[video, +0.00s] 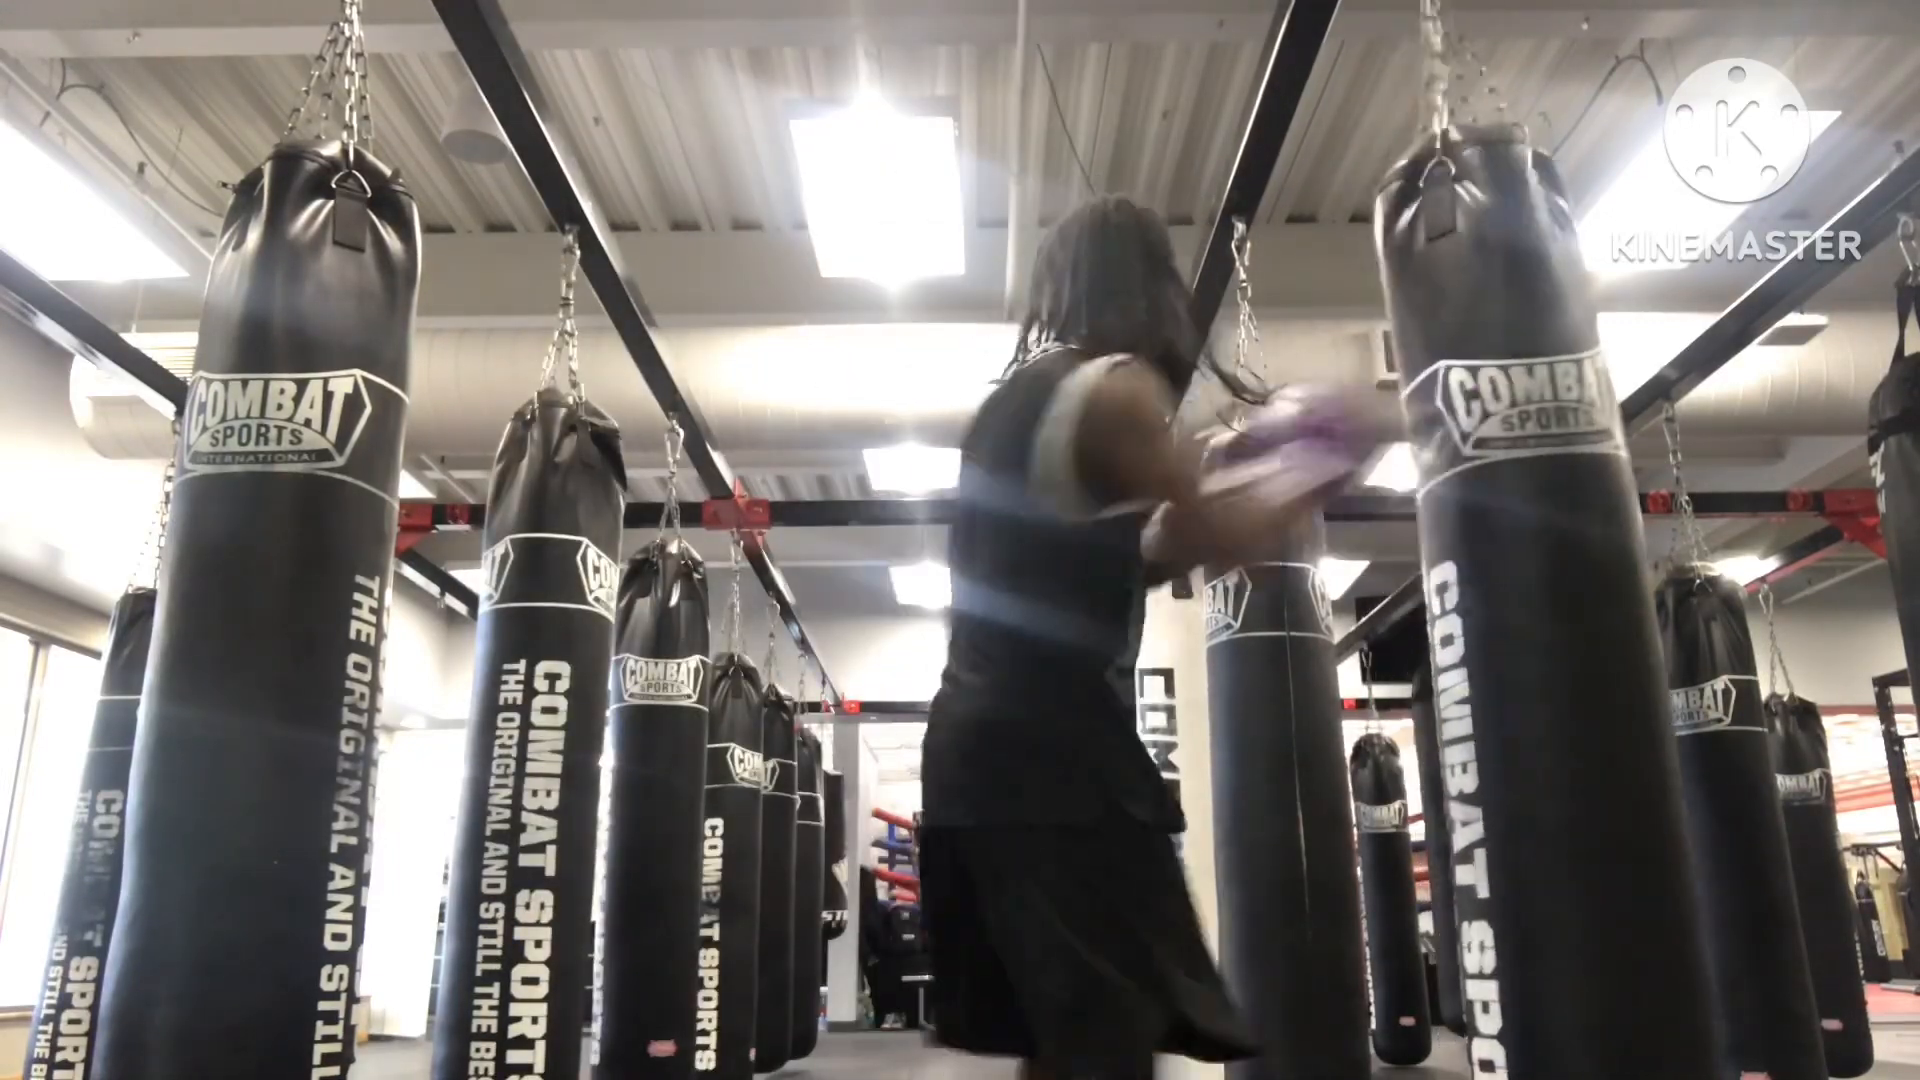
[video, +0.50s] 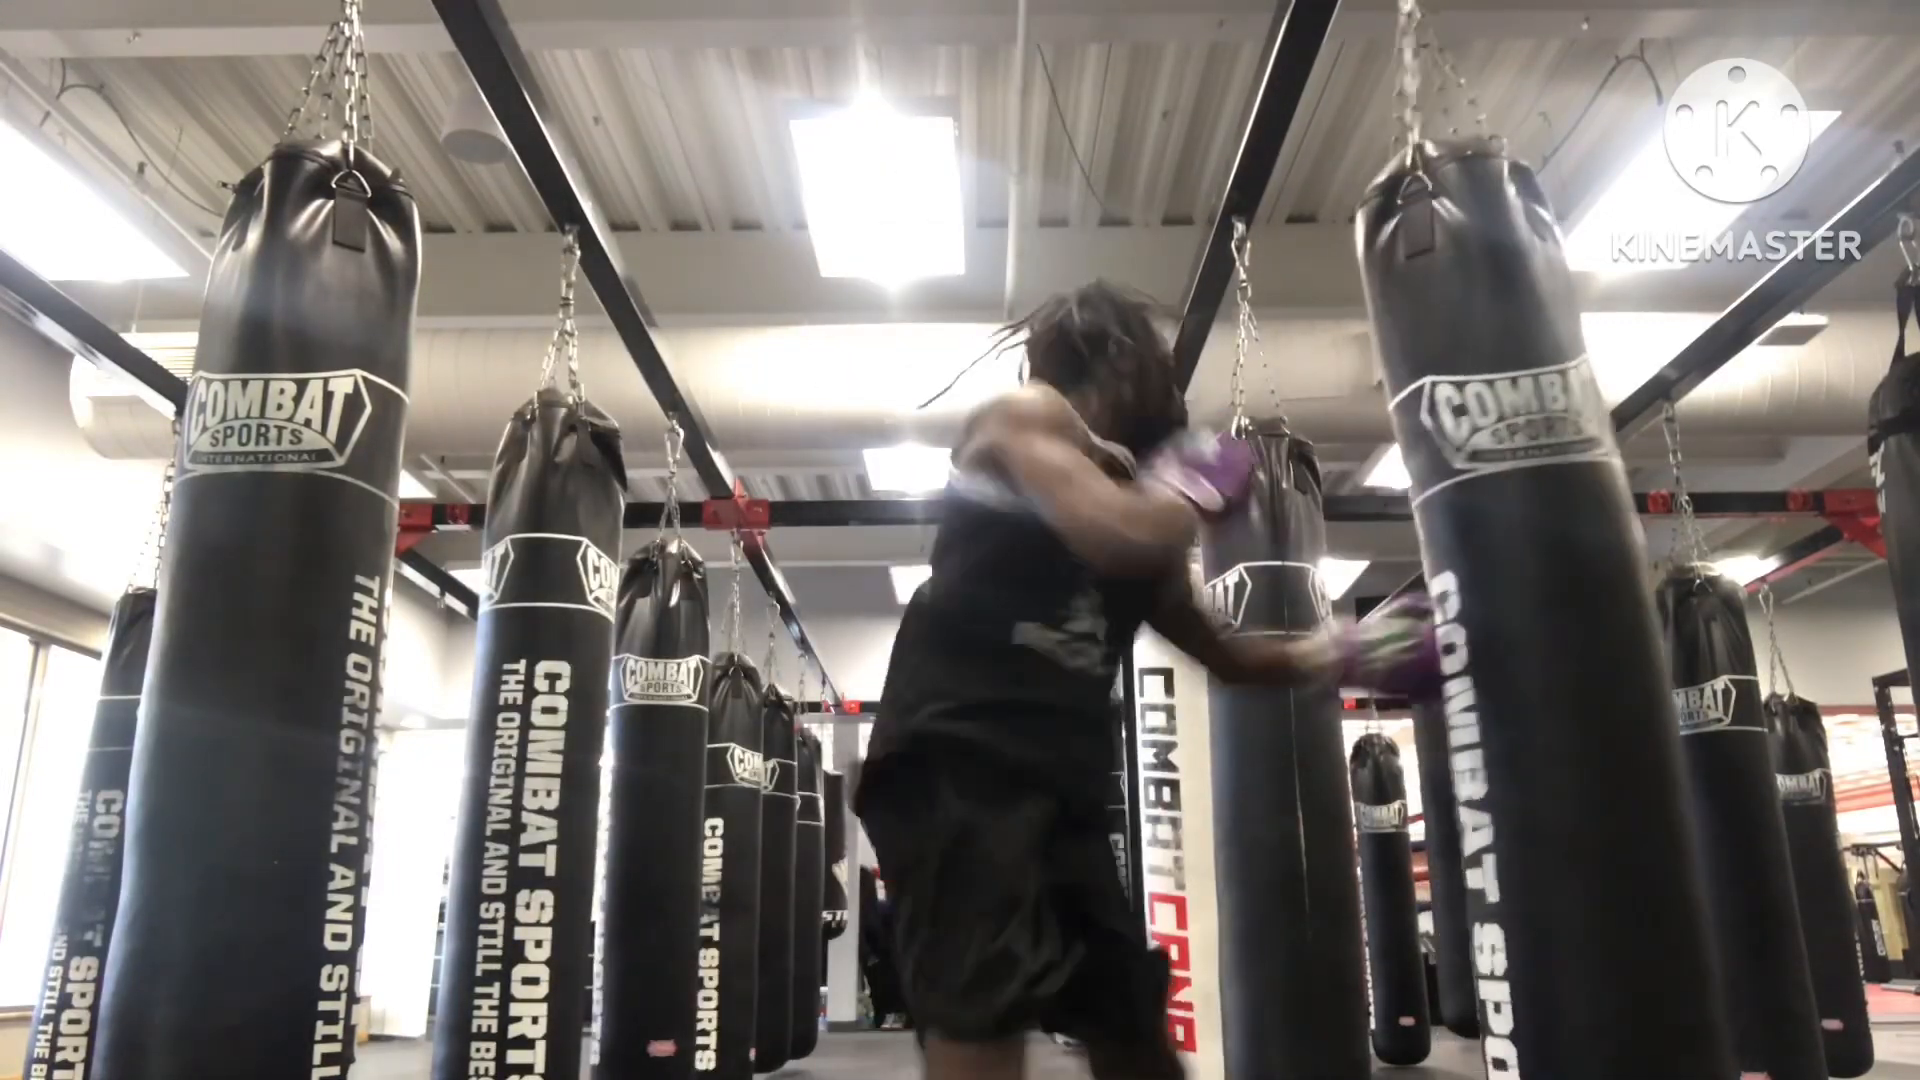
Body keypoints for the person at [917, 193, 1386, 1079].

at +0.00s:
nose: (1182, 296)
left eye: (1176, 275)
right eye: (1172, 275)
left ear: (1058, 286)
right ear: (1151, 284)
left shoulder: (1012, 400)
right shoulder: (1118, 391)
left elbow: (1099, 562)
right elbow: (1232, 533)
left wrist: (1214, 482)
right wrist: (1323, 467)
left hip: (972, 754)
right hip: (1056, 759)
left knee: (1051, 1037)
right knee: (1112, 1030)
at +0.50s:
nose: (1176, 386)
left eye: (1174, 366)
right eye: (1164, 362)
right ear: (1118, 358)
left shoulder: (1133, 490)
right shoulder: (1020, 413)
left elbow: (1223, 652)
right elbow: (1122, 533)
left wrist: (1348, 650)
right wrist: (1190, 485)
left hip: (1057, 787)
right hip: (953, 770)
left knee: (1133, 1039)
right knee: (977, 1042)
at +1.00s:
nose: (1094, 359)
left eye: (1088, 338)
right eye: (1079, 338)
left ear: (1007, 343)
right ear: (1030, 338)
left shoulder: (1028, 444)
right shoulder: (991, 426)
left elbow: (1099, 548)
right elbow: (1095, 510)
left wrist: (1222, 468)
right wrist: (1222, 442)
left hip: (997, 812)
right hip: (952, 811)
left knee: (993, 1043)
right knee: (945, 1046)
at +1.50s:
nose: (946, 352)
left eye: (944, 332)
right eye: (930, 329)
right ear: (875, 332)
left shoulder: (878, 463)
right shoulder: (792, 425)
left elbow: (894, 652)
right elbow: (811, 558)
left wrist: (977, 577)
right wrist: (918, 450)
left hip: (897, 763)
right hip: (814, 766)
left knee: (952, 1030)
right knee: (771, 1035)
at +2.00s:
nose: (853, 308)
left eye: (851, 286)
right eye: (835, 279)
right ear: (768, 276)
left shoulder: (772, 418)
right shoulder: (686, 375)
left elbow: (789, 617)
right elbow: (746, 543)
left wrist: (890, 526)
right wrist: (843, 437)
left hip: (796, 760)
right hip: (695, 765)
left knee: (916, 1038)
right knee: (672, 1048)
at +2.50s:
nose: (950, 315)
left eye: (949, 293)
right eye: (936, 288)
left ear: (870, 293)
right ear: (869, 281)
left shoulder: (864, 410)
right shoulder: (787, 367)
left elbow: (873, 613)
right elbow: (848, 540)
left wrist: (969, 532)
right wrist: (944, 429)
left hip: (876, 772)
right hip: (783, 771)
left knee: (960, 1047)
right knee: (728, 1046)